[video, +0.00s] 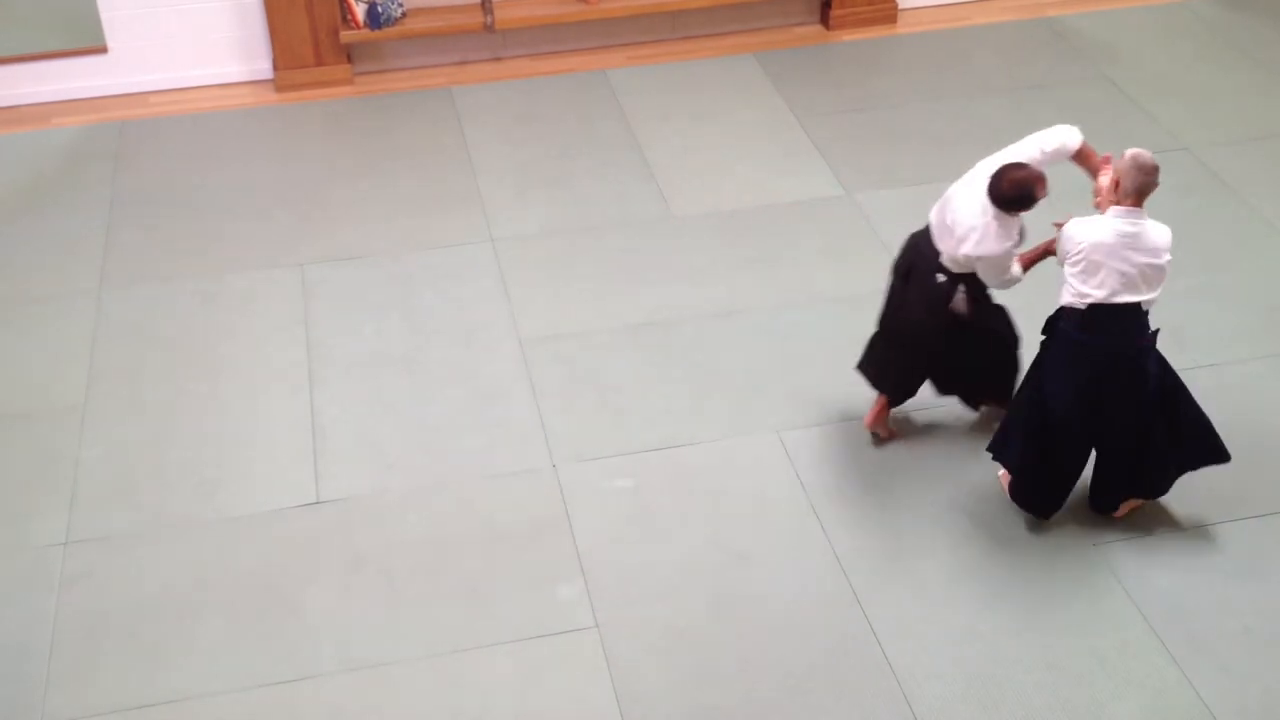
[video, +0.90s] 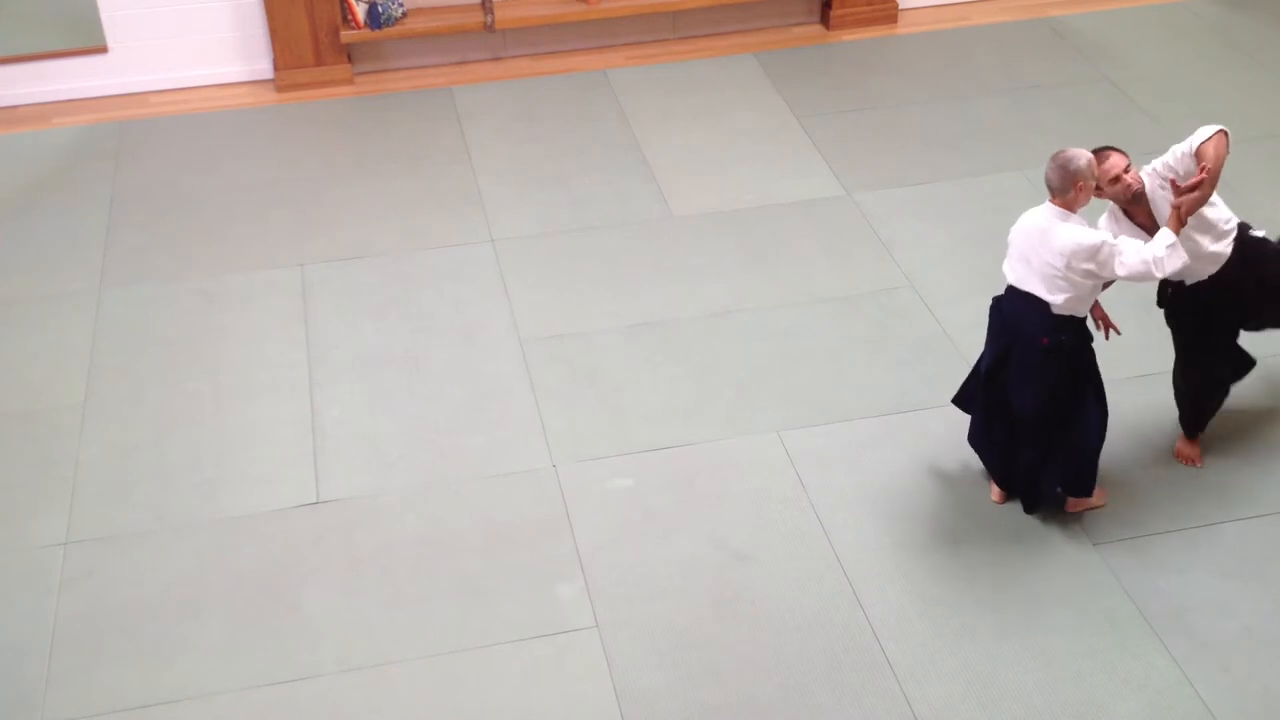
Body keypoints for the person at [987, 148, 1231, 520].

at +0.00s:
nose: (1102, 176)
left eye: (1106, 173)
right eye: (1104, 172)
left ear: (1116, 185)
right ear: (1150, 191)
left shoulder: (1079, 230)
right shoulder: (1161, 237)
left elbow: (1064, 251)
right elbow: (1125, 241)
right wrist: (1109, 209)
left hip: (1077, 336)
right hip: (1131, 339)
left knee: (1052, 409)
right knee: (1132, 419)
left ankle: (1029, 488)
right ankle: (1124, 492)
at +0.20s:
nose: (1111, 186)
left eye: (1115, 184)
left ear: (1118, 192)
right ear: (1160, 204)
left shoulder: (1085, 233)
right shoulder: (1167, 252)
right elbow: (1153, 240)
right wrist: (1159, 211)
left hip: (1075, 332)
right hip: (1126, 341)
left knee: (1053, 407)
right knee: (1122, 421)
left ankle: (1022, 483)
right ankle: (1116, 500)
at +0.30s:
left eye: (1113, 183)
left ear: (1113, 196)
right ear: (1154, 207)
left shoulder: (1082, 234)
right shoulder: (1157, 258)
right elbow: (1175, 259)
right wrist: (1171, 216)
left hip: (1065, 331)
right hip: (1117, 344)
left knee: (1037, 403)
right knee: (1117, 422)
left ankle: (1007, 481)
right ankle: (1113, 502)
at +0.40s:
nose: (1149, 206)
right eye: (1148, 202)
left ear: (1103, 199)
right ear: (1144, 210)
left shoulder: (1075, 232)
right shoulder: (1143, 260)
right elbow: (1176, 273)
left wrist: (1161, 284)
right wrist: (1179, 223)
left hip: (1055, 334)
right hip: (1105, 349)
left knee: (1029, 402)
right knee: (1109, 424)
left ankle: (1003, 478)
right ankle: (1106, 504)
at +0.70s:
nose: (1113, 191)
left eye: (1112, 181)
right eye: (1110, 188)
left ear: (1065, 190)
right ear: (1101, 202)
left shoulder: (1039, 226)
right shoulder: (1095, 254)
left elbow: (1075, 274)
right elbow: (1152, 270)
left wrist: (1114, 313)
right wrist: (1176, 226)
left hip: (1015, 326)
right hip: (1062, 344)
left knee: (1010, 403)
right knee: (1099, 414)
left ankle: (1002, 480)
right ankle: (1108, 499)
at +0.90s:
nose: (1096, 184)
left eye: (1094, 178)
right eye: (1094, 180)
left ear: (1052, 184)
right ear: (1082, 188)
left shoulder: (1027, 220)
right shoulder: (1086, 241)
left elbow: (1048, 267)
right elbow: (1149, 262)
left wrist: (1091, 301)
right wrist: (1177, 218)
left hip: (1009, 319)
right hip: (1056, 332)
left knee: (1008, 398)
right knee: (1086, 407)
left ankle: (1002, 479)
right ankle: (1077, 492)